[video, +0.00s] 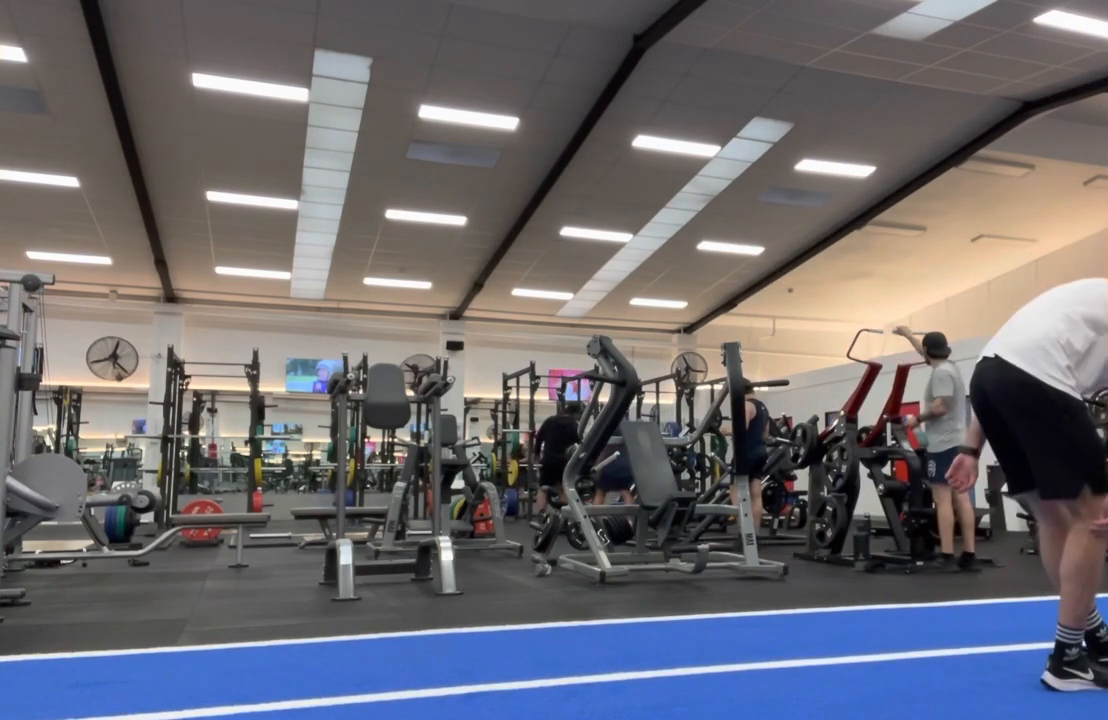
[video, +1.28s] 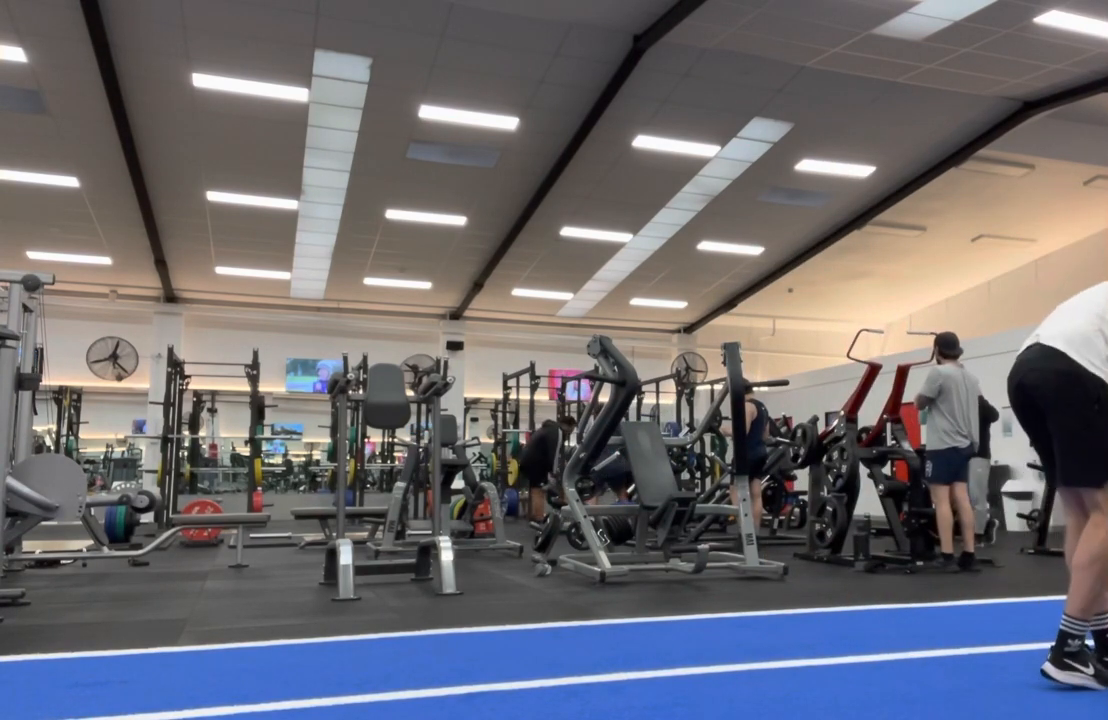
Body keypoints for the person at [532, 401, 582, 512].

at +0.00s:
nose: (579, 417)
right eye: (579, 414)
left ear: (565, 409)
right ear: (576, 413)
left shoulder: (550, 420)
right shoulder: (574, 424)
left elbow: (539, 437)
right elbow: (577, 441)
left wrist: (537, 454)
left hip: (549, 459)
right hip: (566, 460)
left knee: (543, 487)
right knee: (564, 488)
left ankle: (540, 513)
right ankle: (566, 514)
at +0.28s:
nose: (565, 418)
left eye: (565, 415)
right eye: (565, 415)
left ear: (552, 413)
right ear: (561, 414)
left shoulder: (538, 421)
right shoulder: (561, 426)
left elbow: (526, 437)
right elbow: (565, 446)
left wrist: (521, 449)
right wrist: (564, 460)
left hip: (536, 463)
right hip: (555, 465)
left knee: (534, 491)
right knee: (561, 491)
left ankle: (524, 520)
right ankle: (566, 519)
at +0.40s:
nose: (562, 418)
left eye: (562, 415)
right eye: (561, 415)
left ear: (547, 413)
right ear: (555, 413)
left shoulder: (534, 421)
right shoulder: (551, 425)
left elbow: (524, 439)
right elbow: (555, 446)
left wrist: (524, 452)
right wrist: (564, 459)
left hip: (533, 463)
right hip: (549, 464)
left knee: (529, 492)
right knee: (561, 490)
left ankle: (522, 521)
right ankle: (562, 520)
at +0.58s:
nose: (552, 417)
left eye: (552, 414)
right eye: (551, 414)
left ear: (540, 412)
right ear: (546, 413)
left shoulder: (529, 421)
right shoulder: (540, 423)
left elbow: (525, 443)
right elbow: (541, 444)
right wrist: (545, 462)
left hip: (525, 461)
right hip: (534, 462)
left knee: (525, 491)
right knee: (528, 491)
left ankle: (523, 521)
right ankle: (523, 521)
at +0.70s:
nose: (551, 416)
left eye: (551, 414)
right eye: (550, 413)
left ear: (540, 412)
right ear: (545, 413)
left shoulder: (541, 425)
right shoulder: (537, 423)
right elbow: (534, 443)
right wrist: (532, 461)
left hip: (536, 464)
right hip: (534, 464)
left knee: (530, 492)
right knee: (526, 491)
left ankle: (525, 520)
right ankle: (522, 521)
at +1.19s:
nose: (565, 425)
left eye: (565, 422)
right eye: (565, 421)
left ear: (555, 416)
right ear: (561, 419)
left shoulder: (542, 424)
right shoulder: (552, 427)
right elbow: (548, 447)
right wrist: (547, 466)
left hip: (529, 461)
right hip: (538, 463)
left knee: (534, 491)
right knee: (537, 492)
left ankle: (528, 516)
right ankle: (539, 519)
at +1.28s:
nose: (570, 432)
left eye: (572, 429)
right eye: (570, 429)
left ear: (561, 423)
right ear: (566, 426)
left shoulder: (549, 428)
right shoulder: (556, 432)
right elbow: (555, 453)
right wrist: (554, 471)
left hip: (529, 460)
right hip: (536, 463)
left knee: (534, 490)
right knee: (538, 491)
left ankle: (533, 516)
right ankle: (538, 517)